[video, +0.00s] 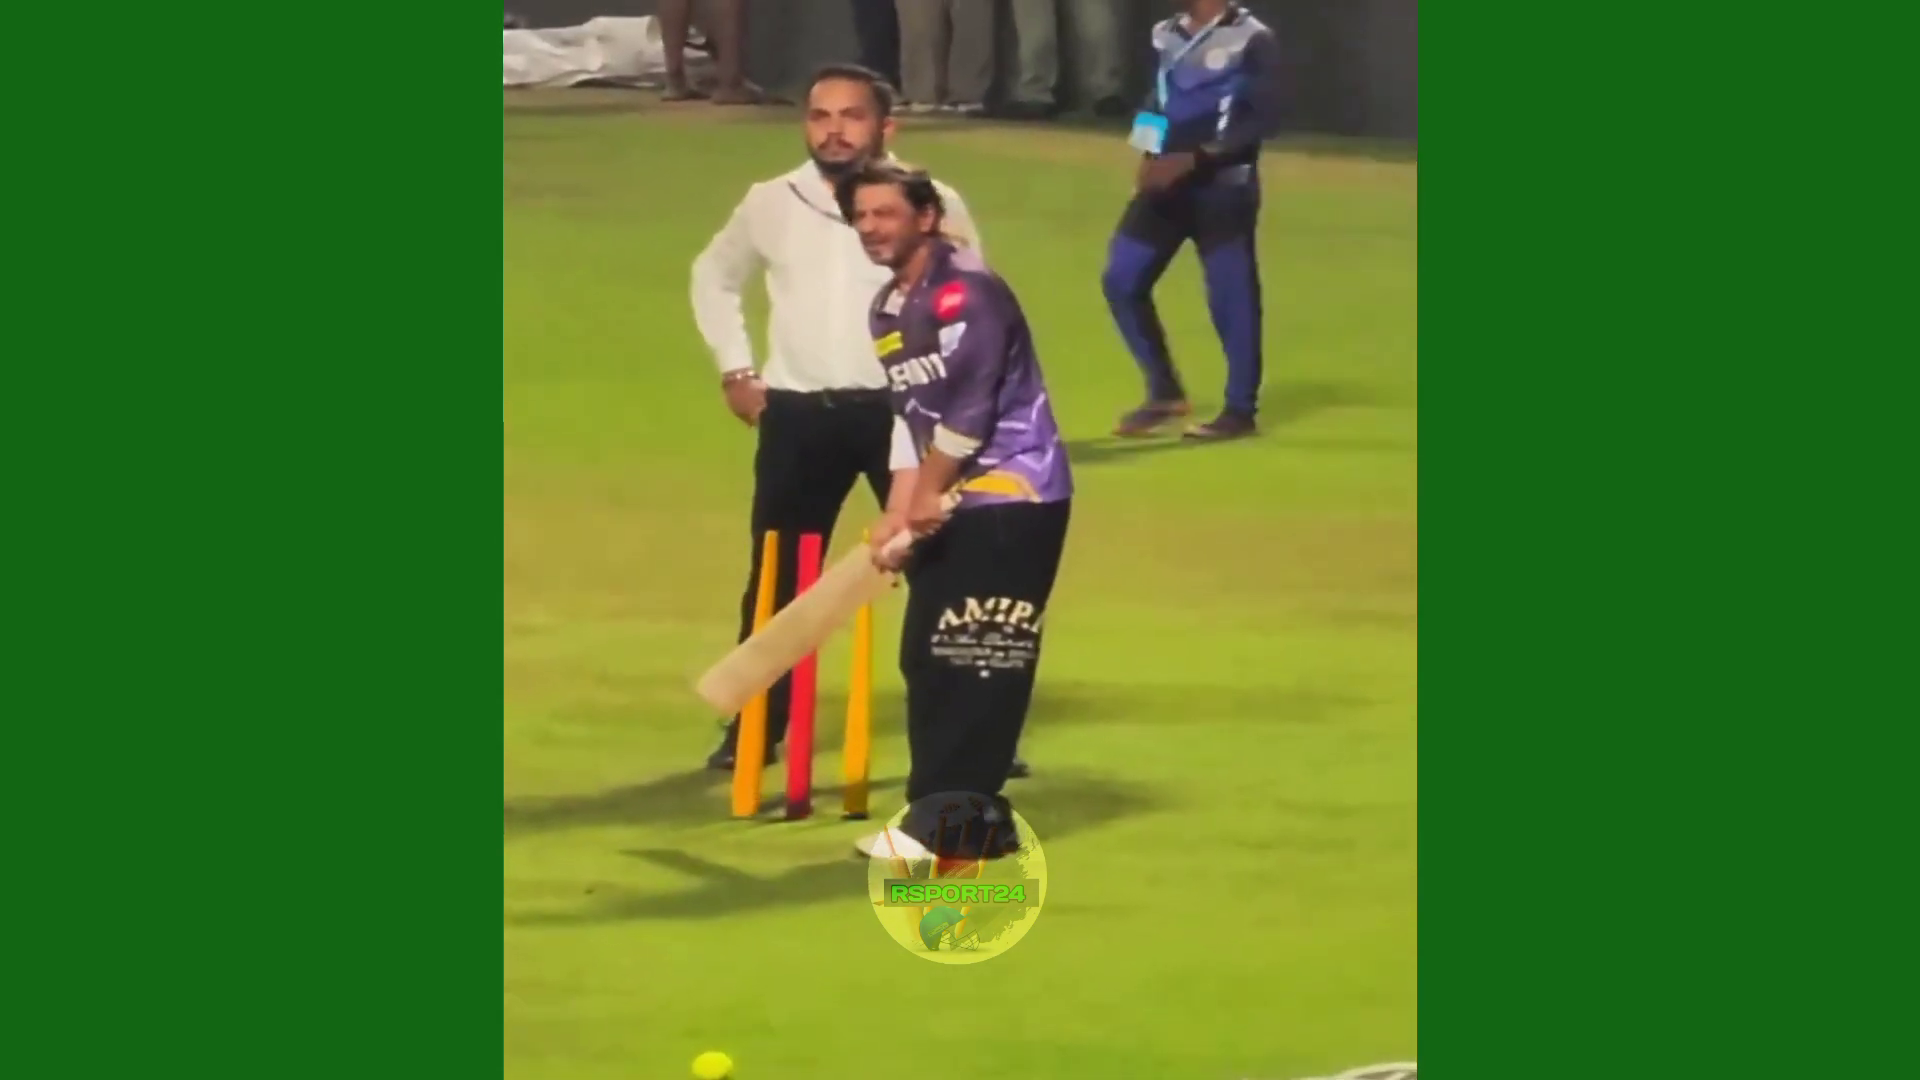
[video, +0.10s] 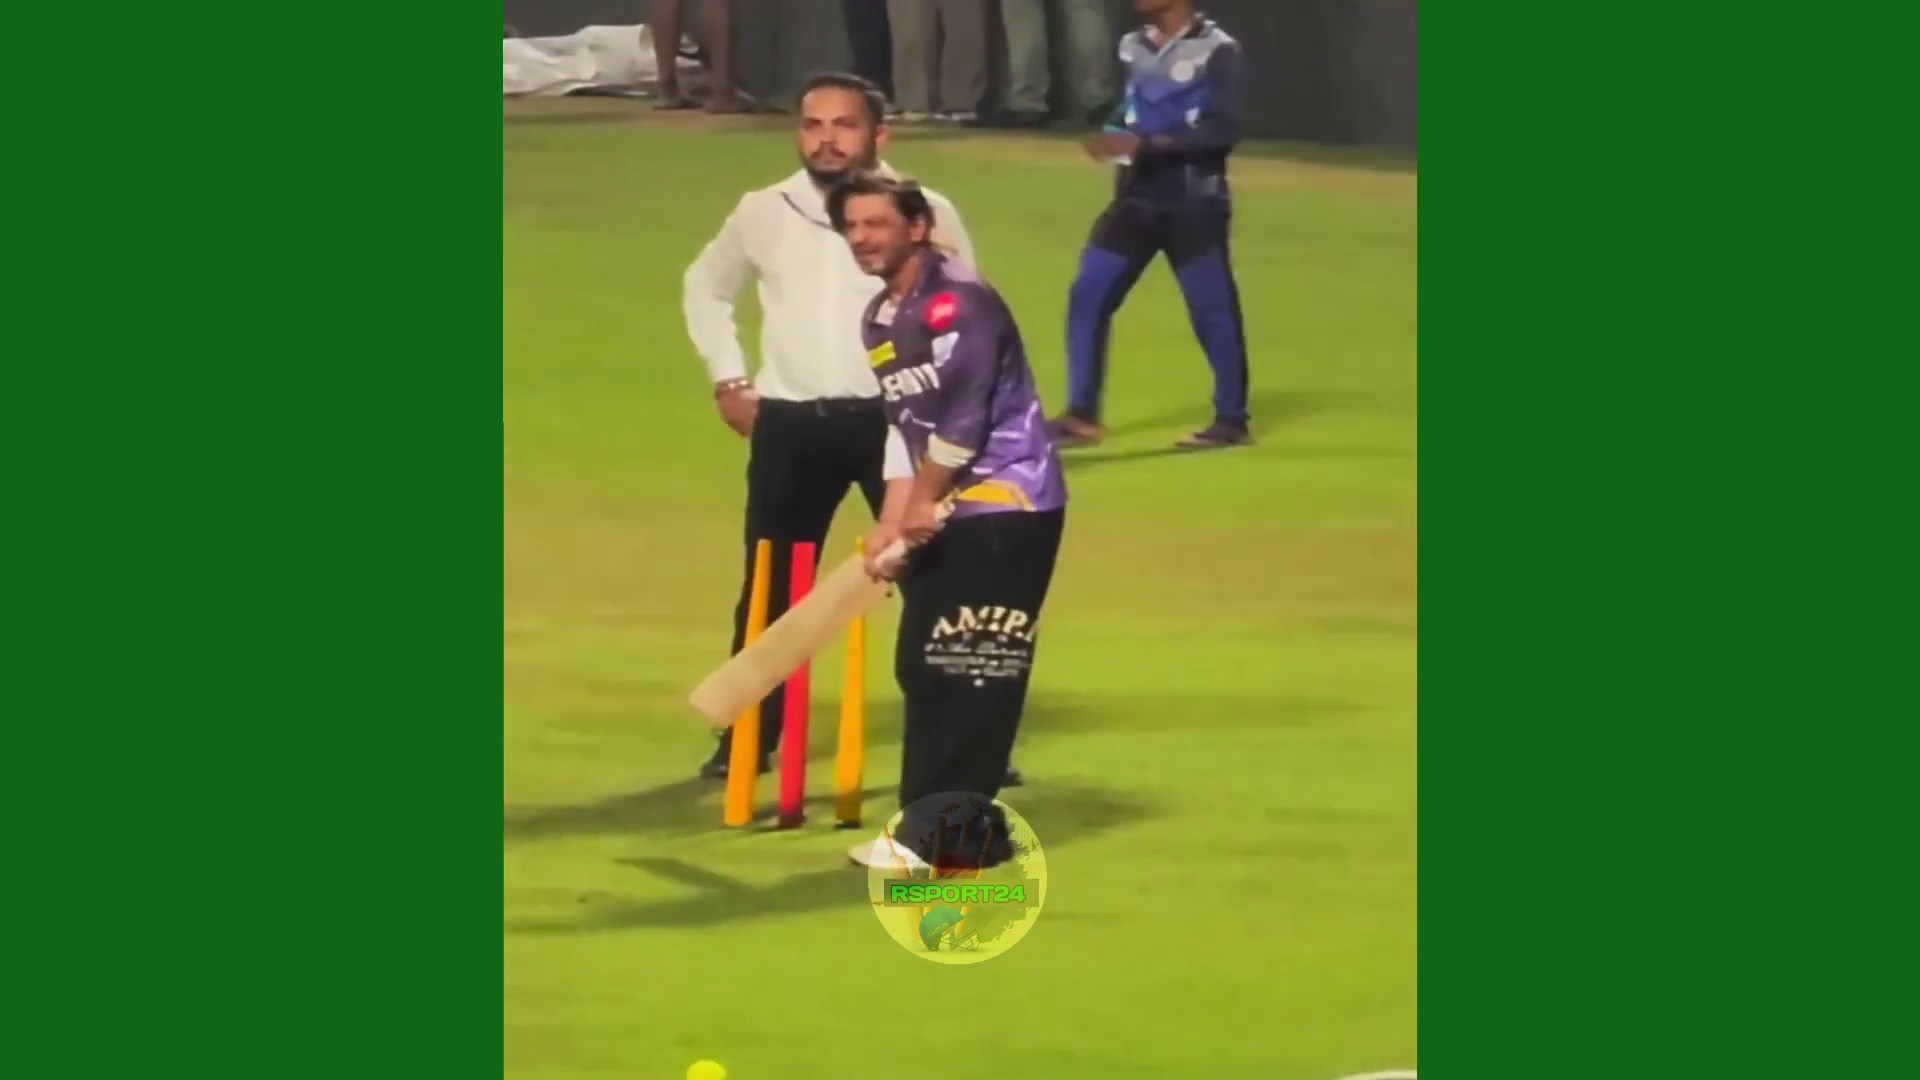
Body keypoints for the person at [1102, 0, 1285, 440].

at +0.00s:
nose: (1189, 0)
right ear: (1188, 1)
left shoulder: (1255, 40)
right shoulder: (1165, 37)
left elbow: (1262, 122)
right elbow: (1157, 103)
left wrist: (1196, 157)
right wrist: (1149, 150)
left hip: (1224, 189)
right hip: (1167, 184)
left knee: (1233, 300)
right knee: (1121, 283)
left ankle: (1240, 409)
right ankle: (1164, 394)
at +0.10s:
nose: (1141, 2)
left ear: (1178, 0)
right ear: (1156, 6)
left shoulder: (1219, 50)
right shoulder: (1132, 47)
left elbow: (1222, 131)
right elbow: (1134, 108)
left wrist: (1143, 144)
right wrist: (1114, 135)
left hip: (1194, 204)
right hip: (1137, 200)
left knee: (1214, 313)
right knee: (1088, 297)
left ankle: (1231, 419)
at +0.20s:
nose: (1084, 3)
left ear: (1122, 3)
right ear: (1102, 8)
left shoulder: (1160, 56)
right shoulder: (1077, 58)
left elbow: (1152, 131)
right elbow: (1074, 144)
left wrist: (1080, 113)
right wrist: (1067, 209)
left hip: (1136, 217)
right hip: (1081, 214)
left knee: (1178, 315)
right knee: (1045, 314)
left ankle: (1226, 412)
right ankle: (1010, 416)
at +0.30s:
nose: (1043, 1)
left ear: (1080, 4)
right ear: (1042, 8)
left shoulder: (1109, 59)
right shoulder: (1030, 58)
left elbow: (1098, 134)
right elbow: (1013, 137)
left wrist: (1039, 118)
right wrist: (996, 209)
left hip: (1078, 225)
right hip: (1025, 220)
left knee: (1099, 322)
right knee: (1007, 329)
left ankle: (1191, 402)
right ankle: (1001, 432)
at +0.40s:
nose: (997, 1)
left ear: (1037, 4)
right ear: (994, 5)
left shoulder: (1065, 60)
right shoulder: (982, 56)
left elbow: (1069, 134)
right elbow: (964, 125)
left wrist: (999, 124)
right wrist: (940, 167)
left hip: (1032, 210)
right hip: (981, 207)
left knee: (1004, 316)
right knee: (982, 319)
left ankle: (1107, 389)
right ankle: (991, 428)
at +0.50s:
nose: (959, 9)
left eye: (970, 2)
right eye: (955, 2)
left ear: (996, 9)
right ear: (947, 9)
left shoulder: (1026, 70)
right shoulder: (935, 66)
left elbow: (1046, 144)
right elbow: (912, 129)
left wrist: (970, 140)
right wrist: (879, 167)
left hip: (995, 204)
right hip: (944, 201)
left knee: (967, 294)